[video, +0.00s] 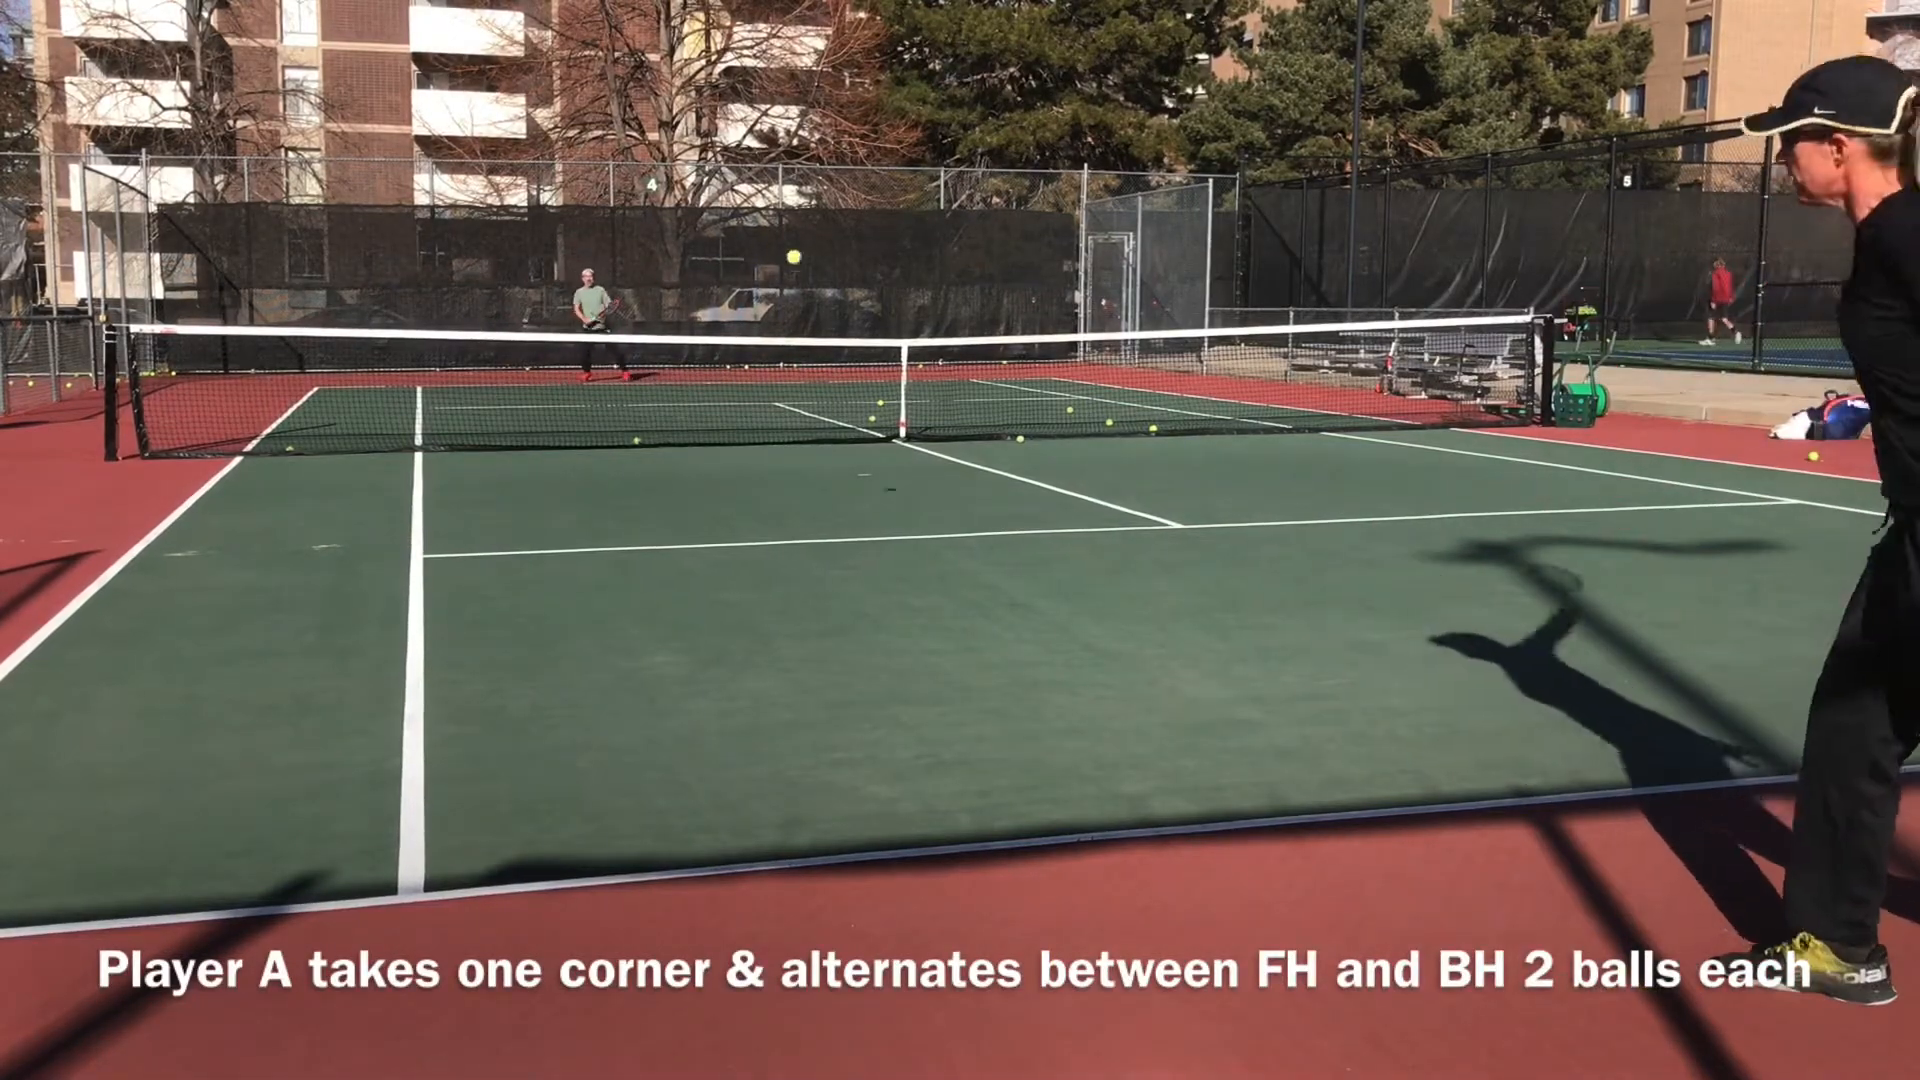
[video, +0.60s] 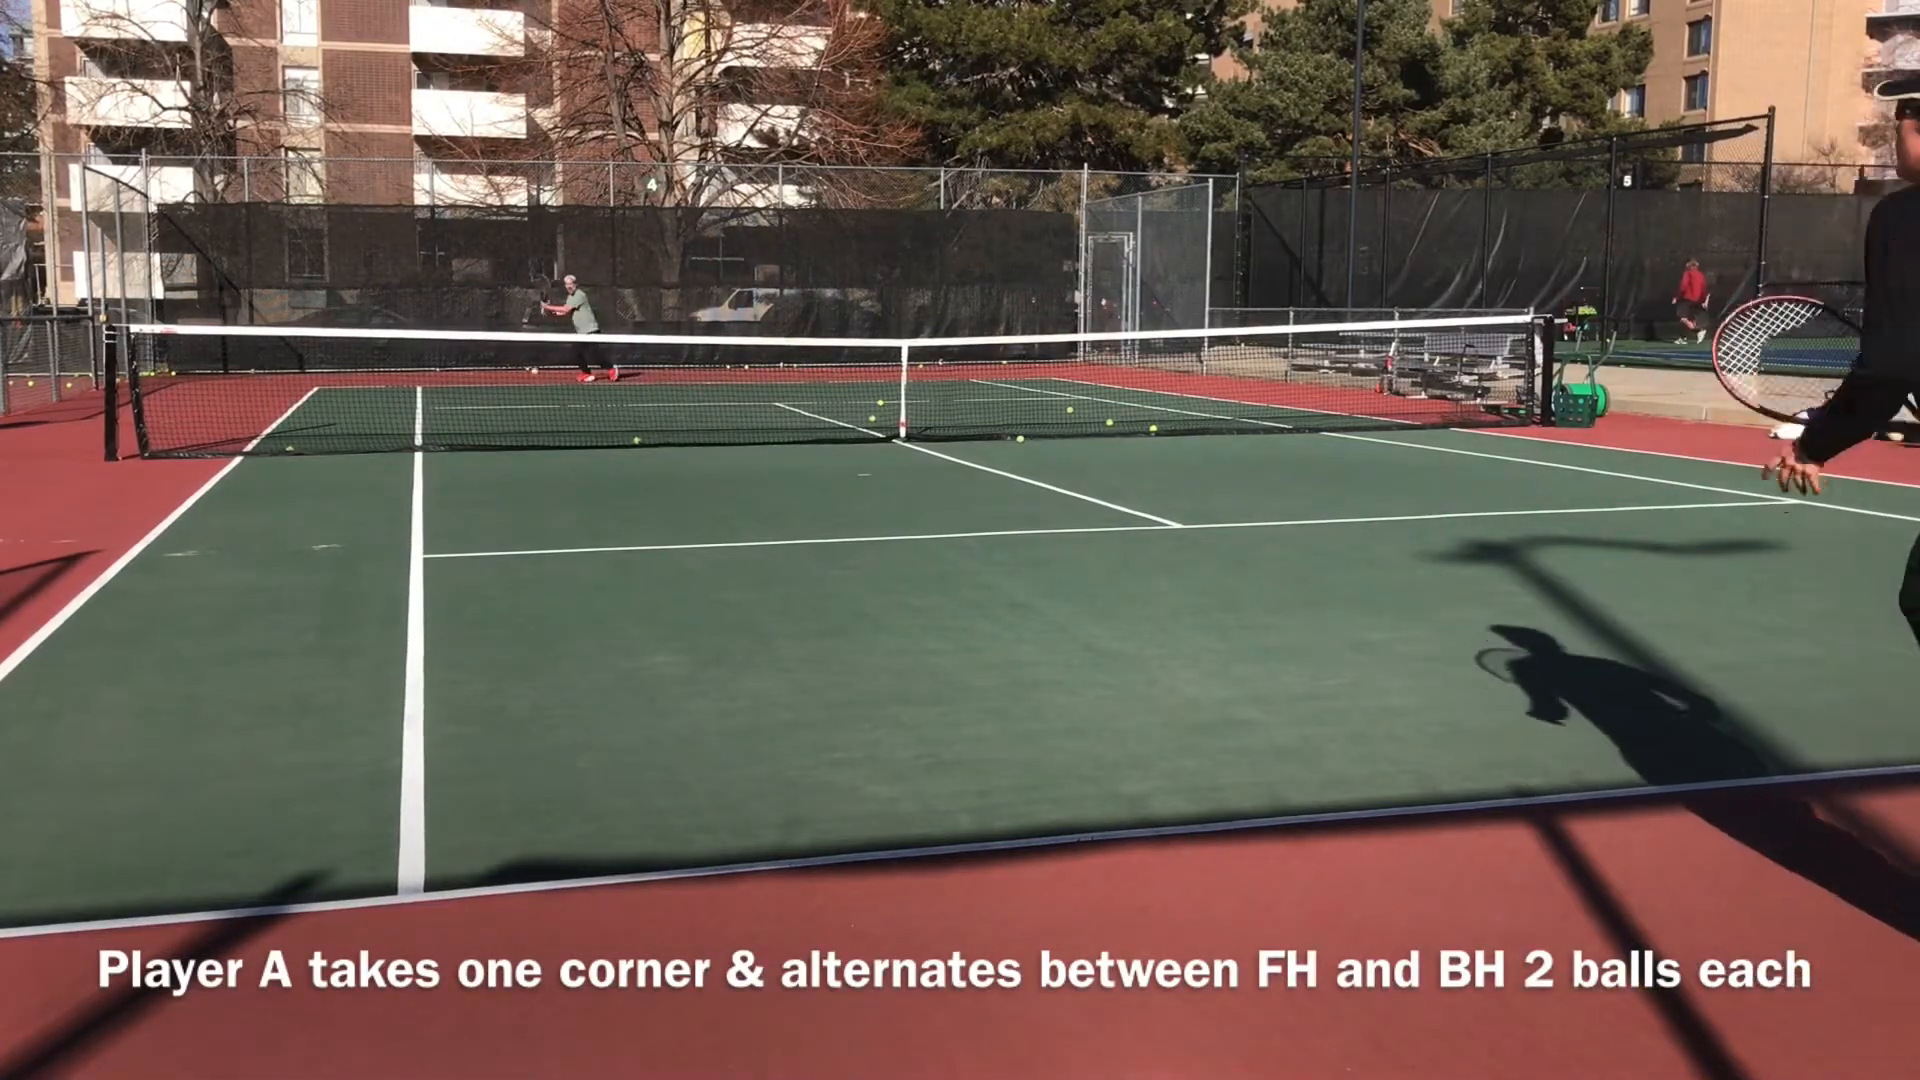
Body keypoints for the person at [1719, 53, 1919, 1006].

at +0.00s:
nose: (1788, 170)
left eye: (1795, 151)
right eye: (1788, 152)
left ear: (1840, 148)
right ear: (1856, 146)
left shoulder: (1891, 247)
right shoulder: (1893, 235)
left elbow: (1907, 400)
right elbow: (1913, 378)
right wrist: (1857, 413)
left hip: (1913, 545)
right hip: (1906, 540)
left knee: (1853, 721)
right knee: (1854, 720)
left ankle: (1839, 940)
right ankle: (1835, 935)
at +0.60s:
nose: (1895, 135)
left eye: (1903, 121)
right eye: (1899, 120)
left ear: (1919, 133)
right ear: (1911, 132)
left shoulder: (1901, 217)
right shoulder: (1897, 217)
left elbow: (1889, 364)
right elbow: (1889, 364)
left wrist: (1816, 442)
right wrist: (1818, 441)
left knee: (1916, 598)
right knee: (1916, 597)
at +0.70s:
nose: (1890, 148)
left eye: (1896, 135)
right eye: (1894, 134)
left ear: (1914, 143)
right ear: (1917, 140)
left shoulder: (1891, 216)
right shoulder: (1893, 219)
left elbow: (1852, 351)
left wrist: (1811, 414)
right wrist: (1892, 438)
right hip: (1912, 490)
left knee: (1887, 599)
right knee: (1885, 593)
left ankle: (1908, 771)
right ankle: (1904, 766)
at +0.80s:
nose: (1867, 135)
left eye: (1876, 121)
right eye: (1871, 120)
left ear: (1905, 126)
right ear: (1912, 126)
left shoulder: (1867, 206)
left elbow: (1819, 350)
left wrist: (1789, 393)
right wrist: (1857, 423)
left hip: (1901, 504)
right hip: (1901, 500)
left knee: (1828, 719)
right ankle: (1917, 981)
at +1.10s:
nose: (1735, 153)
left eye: (1741, 138)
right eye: (1740, 137)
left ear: (1768, 147)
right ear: (1839, 148)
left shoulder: (1719, 229)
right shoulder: (1895, 234)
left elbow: (1691, 381)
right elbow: (1905, 376)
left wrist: (1669, 437)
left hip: (1762, 525)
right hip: (1892, 528)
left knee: (1659, 729)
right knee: (1916, 747)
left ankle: (1658, 977)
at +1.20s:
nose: (1710, 128)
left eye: (1716, 113)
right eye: (1714, 112)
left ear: (1741, 119)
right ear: (1806, 118)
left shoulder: (1691, 202)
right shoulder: (1875, 211)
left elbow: (1668, 342)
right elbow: (1910, 346)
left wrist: (1658, 409)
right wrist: (1876, 427)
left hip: (1741, 491)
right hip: (1874, 492)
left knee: (1669, 731)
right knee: (1893, 722)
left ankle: (1657, 971)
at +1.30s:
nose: (1691, 98)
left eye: (1697, 82)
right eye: (1695, 80)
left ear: (1725, 87)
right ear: (1791, 85)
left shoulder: (1688, 175)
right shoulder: (1867, 183)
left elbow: (1671, 317)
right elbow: (1911, 322)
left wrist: (1642, 382)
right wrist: (1848, 381)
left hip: (1740, 456)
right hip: (1870, 455)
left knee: (1671, 703)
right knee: (1862, 675)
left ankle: (1636, 951)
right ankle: (1915, 899)